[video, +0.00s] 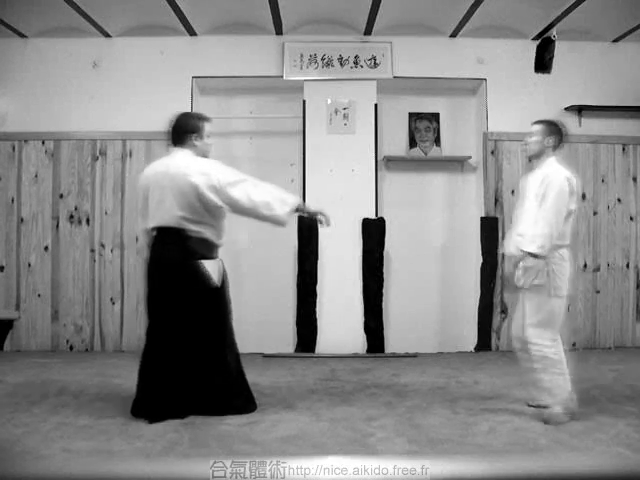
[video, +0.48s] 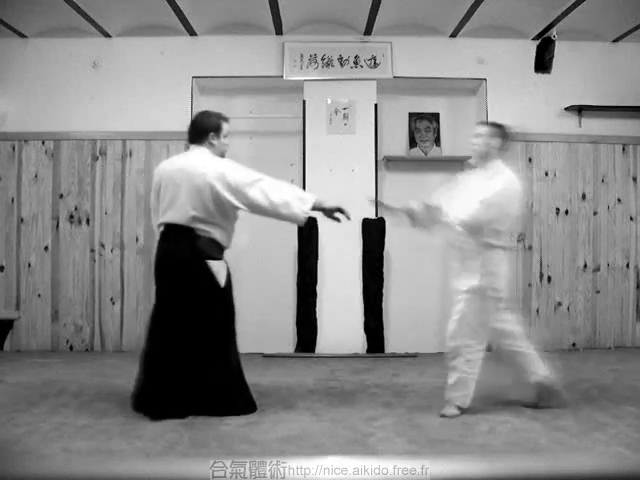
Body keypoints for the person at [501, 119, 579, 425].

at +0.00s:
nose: (526, 140)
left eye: (532, 136)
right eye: (527, 136)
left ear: (550, 141)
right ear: (540, 142)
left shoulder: (559, 176)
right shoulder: (532, 177)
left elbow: (550, 219)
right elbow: (522, 218)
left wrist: (535, 255)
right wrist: (511, 251)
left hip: (549, 261)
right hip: (527, 259)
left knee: (542, 333)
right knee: (520, 333)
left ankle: (562, 402)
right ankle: (547, 393)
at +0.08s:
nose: (520, 141)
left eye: (526, 136)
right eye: (521, 136)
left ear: (544, 142)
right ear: (533, 143)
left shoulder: (553, 176)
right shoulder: (525, 178)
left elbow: (544, 221)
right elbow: (513, 220)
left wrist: (524, 255)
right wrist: (502, 255)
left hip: (541, 260)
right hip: (523, 258)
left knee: (517, 327)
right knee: (541, 326)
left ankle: (547, 391)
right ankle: (557, 393)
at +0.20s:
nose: (509, 143)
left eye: (515, 138)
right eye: (509, 138)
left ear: (533, 143)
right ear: (520, 144)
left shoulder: (542, 179)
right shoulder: (512, 179)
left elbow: (532, 229)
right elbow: (500, 222)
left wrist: (505, 250)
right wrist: (483, 252)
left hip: (531, 260)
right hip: (512, 259)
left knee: (502, 324)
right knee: (537, 324)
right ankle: (559, 391)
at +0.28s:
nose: (500, 145)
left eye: (507, 139)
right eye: (500, 140)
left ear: (526, 145)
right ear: (507, 146)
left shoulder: (536, 182)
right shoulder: (503, 182)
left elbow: (520, 230)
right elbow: (488, 226)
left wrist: (489, 241)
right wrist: (460, 249)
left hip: (524, 263)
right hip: (505, 262)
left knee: (493, 327)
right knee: (533, 327)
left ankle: (473, 397)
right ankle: (559, 391)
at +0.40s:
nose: (485, 144)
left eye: (493, 139)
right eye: (485, 139)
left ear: (511, 145)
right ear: (486, 144)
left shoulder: (517, 183)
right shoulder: (484, 179)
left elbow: (497, 226)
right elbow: (458, 211)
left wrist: (453, 232)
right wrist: (425, 222)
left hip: (502, 262)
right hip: (487, 259)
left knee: (473, 329)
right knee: (515, 322)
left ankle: (460, 400)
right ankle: (554, 388)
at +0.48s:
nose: (474, 142)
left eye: (482, 137)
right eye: (474, 136)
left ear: (498, 143)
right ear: (473, 141)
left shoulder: (506, 182)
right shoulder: (467, 178)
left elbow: (481, 221)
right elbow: (436, 207)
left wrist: (447, 218)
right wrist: (399, 211)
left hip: (488, 264)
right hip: (466, 263)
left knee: (464, 333)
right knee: (500, 325)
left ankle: (457, 400)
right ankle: (544, 380)